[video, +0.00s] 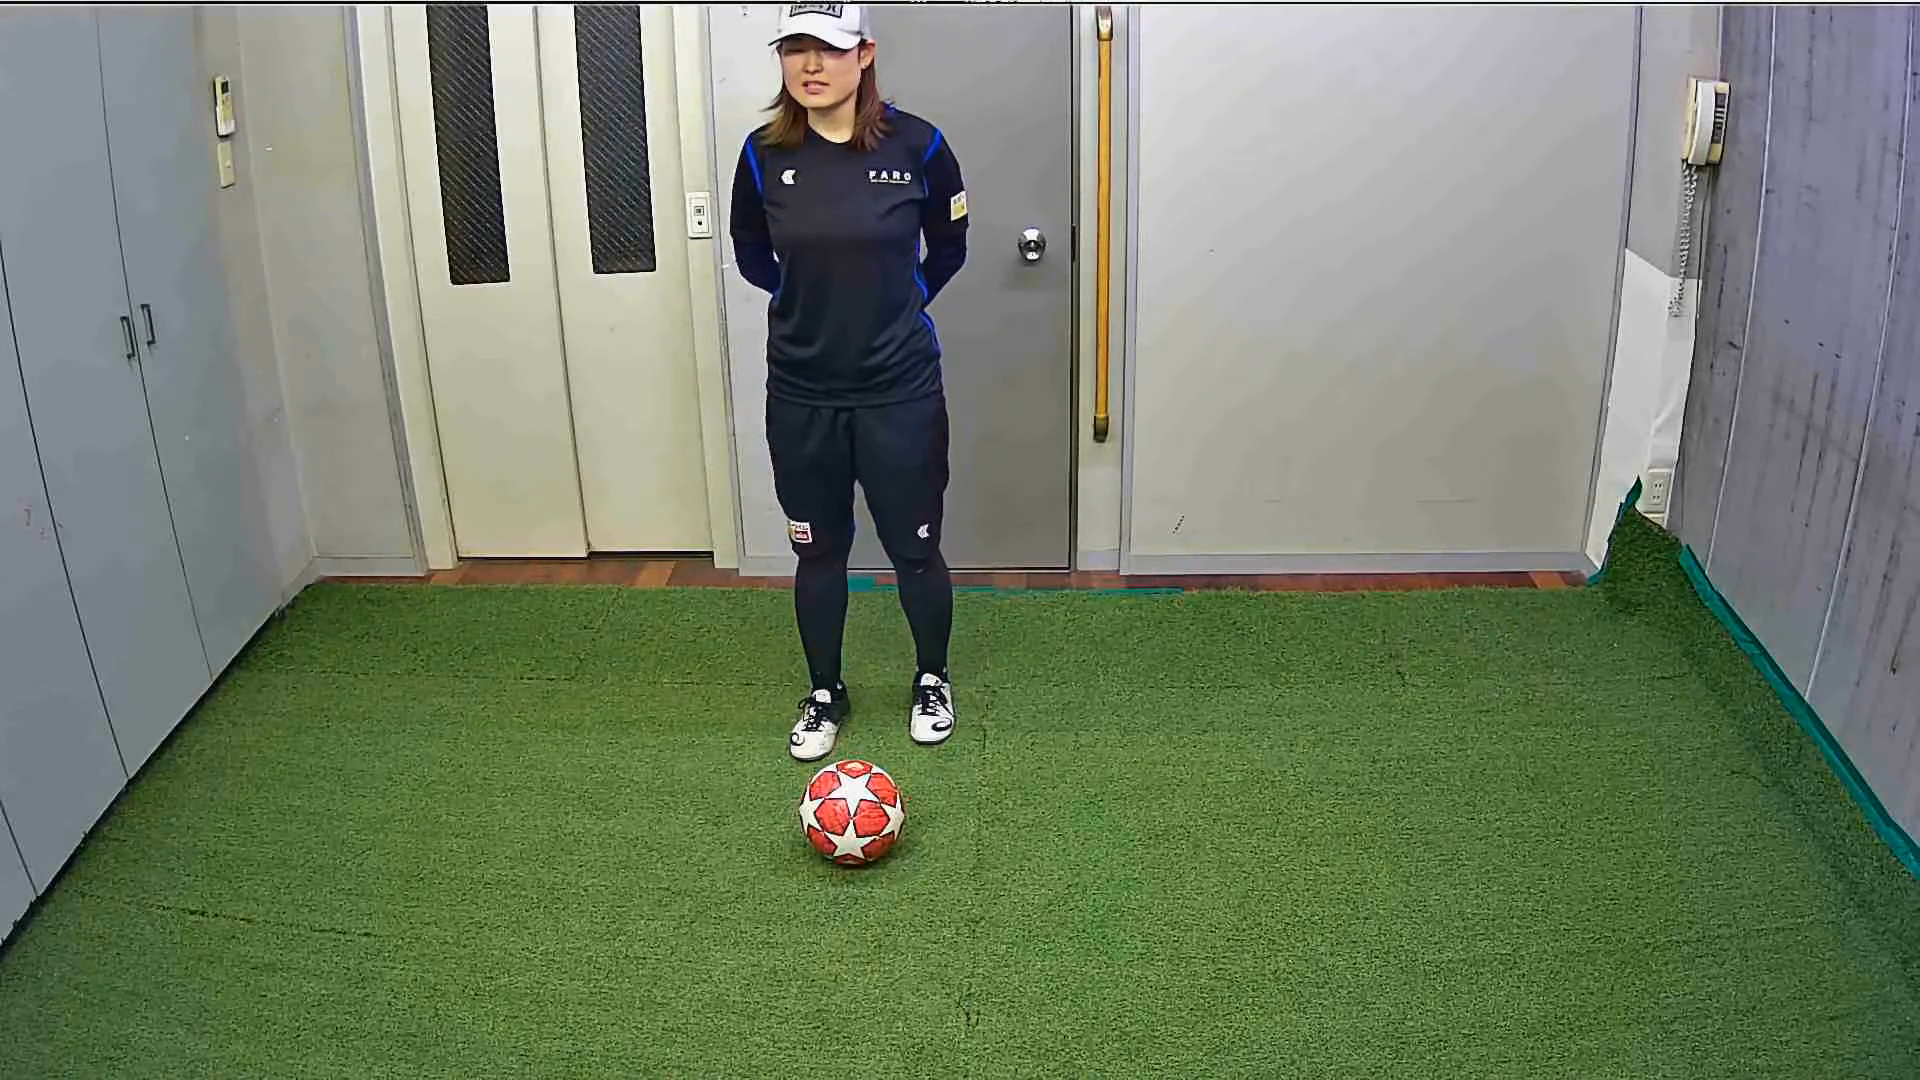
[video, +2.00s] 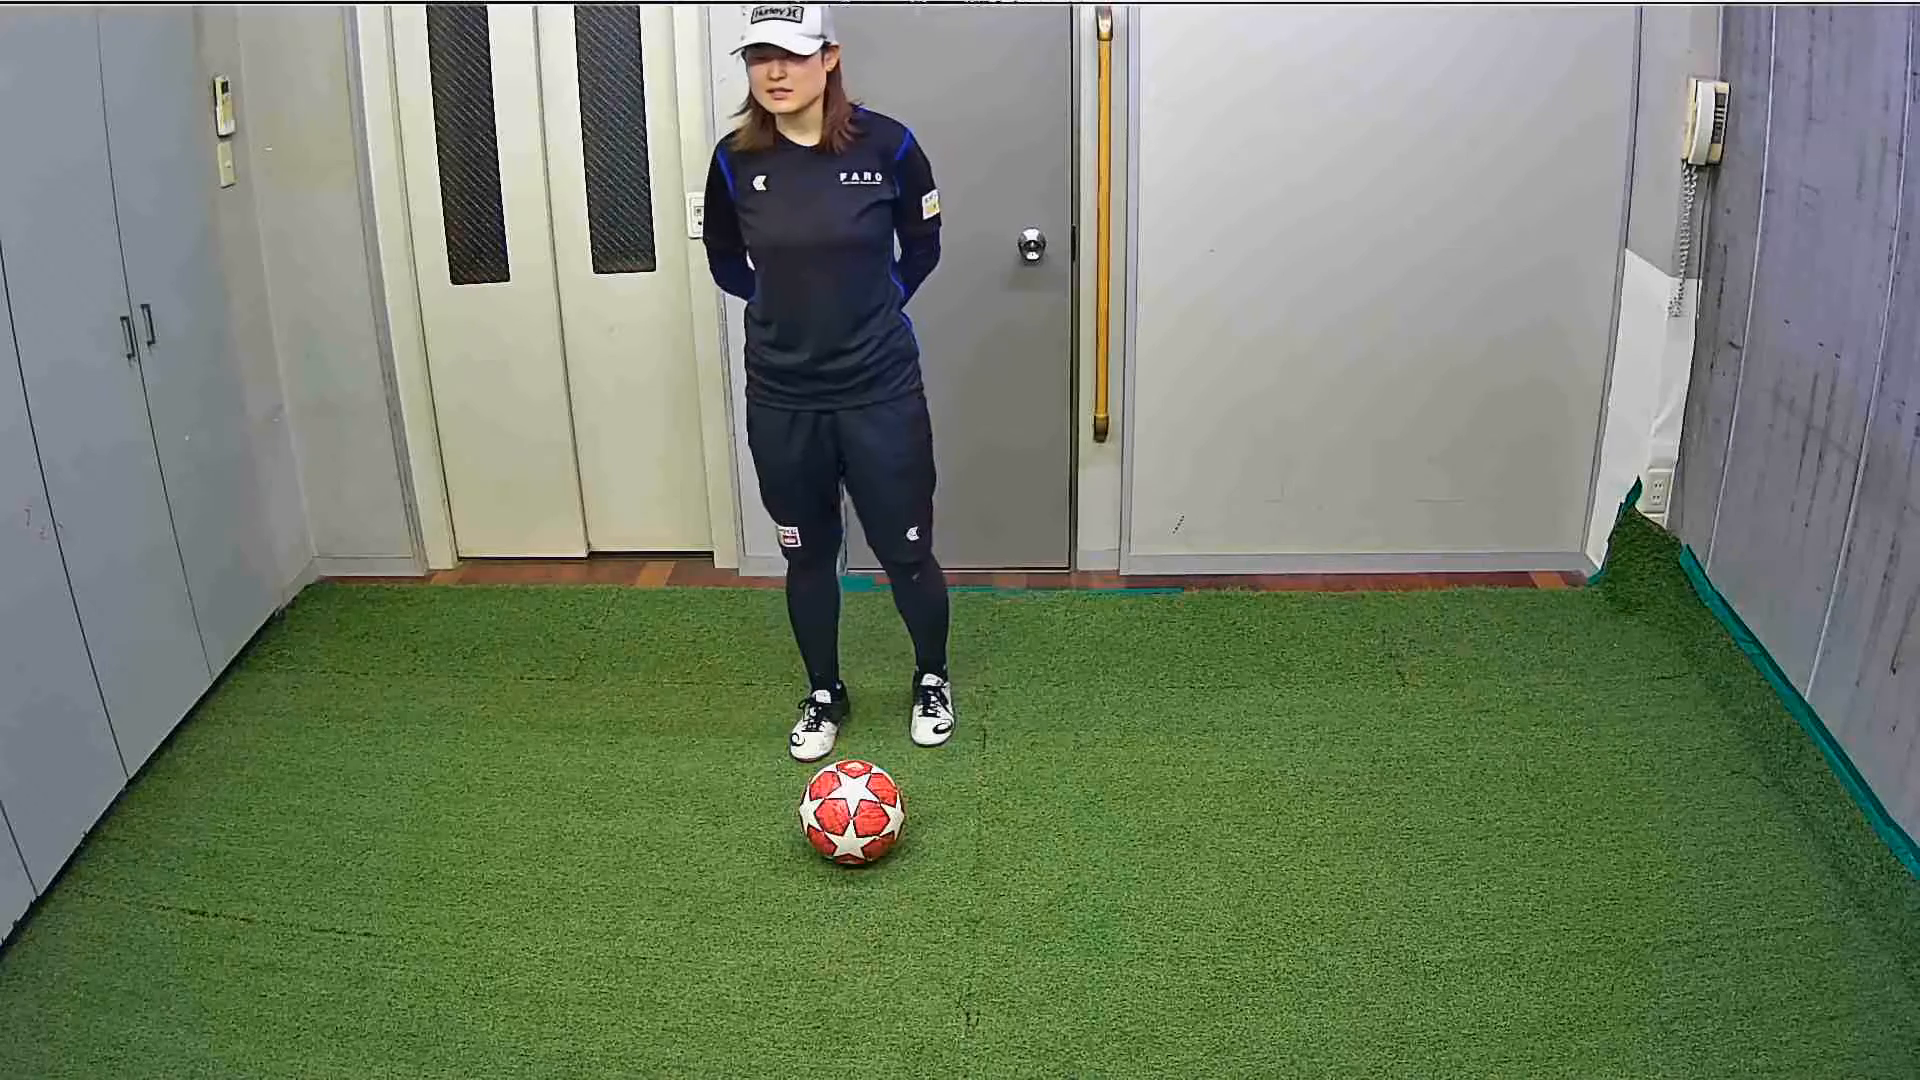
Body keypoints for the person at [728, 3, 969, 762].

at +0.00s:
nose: (810, 64)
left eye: (827, 49)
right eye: (797, 51)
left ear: (864, 56)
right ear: (782, 64)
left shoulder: (918, 146)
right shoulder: (762, 155)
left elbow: (950, 248)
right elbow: (750, 253)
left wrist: (895, 303)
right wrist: (810, 291)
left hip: (899, 386)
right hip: (801, 388)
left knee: (916, 550)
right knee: (815, 549)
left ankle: (930, 681)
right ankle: (825, 694)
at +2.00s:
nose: (775, 73)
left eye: (792, 56)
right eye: (761, 58)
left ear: (829, 61)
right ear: (748, 68)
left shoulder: (890, 146)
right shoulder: (733, 160)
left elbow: (924, 248)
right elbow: (724, 260)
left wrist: (868, 304)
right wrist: (784, 297)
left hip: (880, 388)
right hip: (781, 395)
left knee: (906, 550)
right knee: (805, 550)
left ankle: (932, 682)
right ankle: (823, 695)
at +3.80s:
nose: (925, 66)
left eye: (941, 52)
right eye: (912, 52)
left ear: (974, 56)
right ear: (897, 58)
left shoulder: (1014, 137)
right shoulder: (870, 134)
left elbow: (997, 243)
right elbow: (841, 240)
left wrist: (965, 141)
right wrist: (902, 281)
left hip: (975, 364)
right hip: (883, 363)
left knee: (969, 522)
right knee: (866, 525)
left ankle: (958, 661)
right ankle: (850, 684)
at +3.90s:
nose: (930, 62)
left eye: (945, 49)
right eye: (917, 48)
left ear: (976, 55)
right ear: (900, 57)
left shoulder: (1014, 137)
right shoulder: (872, 133)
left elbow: (988, 241)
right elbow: (847, 241)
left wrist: (959, 143)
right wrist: (909, 278)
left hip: (976, 366)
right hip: (884, 363)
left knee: (971, 522)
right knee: (865, 524)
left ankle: (958, 662)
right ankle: (849, 684)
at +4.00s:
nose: (929, 62)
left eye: (944, 47)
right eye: (917, 47)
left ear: (976, 54)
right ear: (901, 54)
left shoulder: (1015, 138)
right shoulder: (874, 134)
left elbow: (986, 242)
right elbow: (849, 238)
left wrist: (956, 146)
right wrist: (908, 275)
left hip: (976, 365)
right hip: (884, 361)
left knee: (970, 521)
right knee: (865, 523)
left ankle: (958, 662)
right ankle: (849, 684)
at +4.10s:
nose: (929, 62)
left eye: (945, 49)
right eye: (916, 48)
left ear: (976, 54)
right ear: (900, 54)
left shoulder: (1016, 139)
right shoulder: (874, 134)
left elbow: (985, 239)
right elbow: (850, 238)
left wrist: (954, 142)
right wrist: (909, 273)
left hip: (974, 365)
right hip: (883, 361)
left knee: (970, 522)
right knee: (866, 524)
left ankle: (958, 662)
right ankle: (849, 684)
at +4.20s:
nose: (929, 62)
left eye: (945, 49)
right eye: (916, 48)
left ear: (976, 54)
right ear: (899, 54)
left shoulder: (1014, 138)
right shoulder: (873, 133)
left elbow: (985, 239)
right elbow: (849, 240)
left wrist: (954, 143)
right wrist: (908, 276)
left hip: (974, 365)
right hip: (882, 362)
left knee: (969, 523)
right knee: (864, 524)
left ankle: (958, 661)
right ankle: (850, 683)